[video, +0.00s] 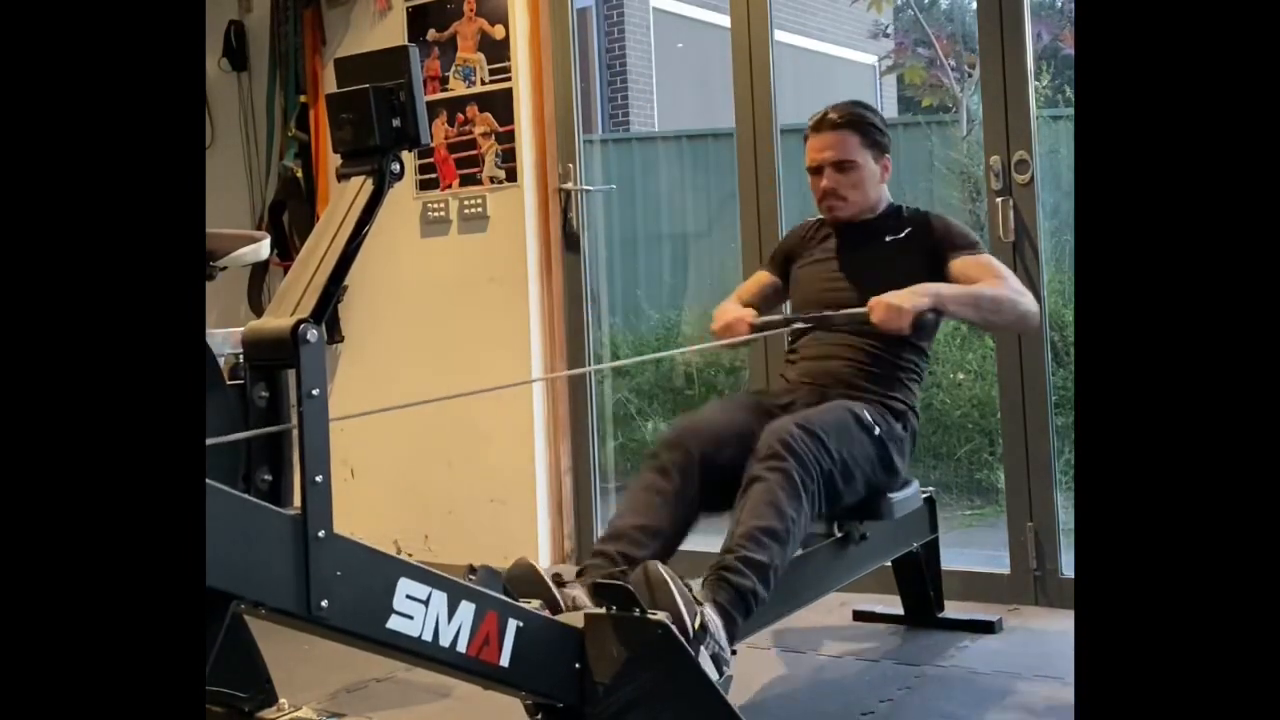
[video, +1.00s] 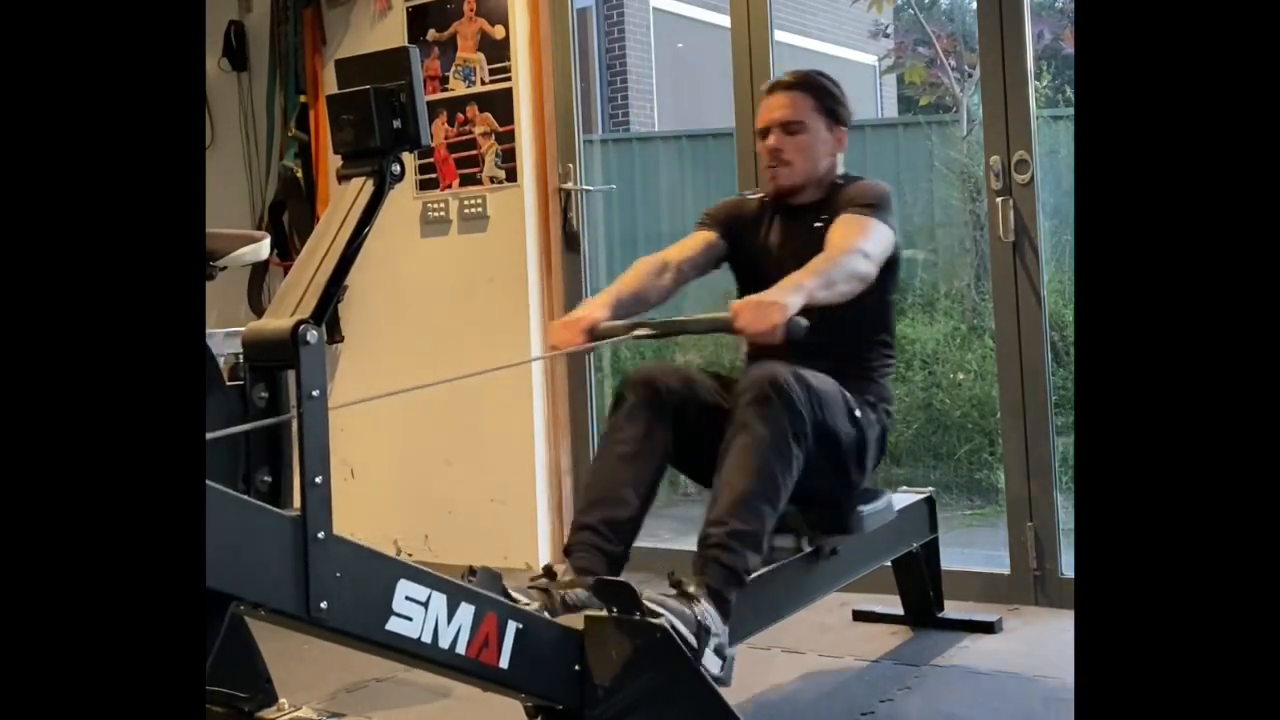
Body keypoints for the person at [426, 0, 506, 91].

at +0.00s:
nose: (471, 7)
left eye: (473, 4)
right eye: (468, 4)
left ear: (476, 7)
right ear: (463, 7)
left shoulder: (480, 22)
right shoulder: (457, 25)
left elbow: (494, 34)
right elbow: (444, 36)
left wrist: (498, 32)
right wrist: (435, 36)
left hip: (474, 60)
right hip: (460, 60)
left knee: (474, 89)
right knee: (458, 90)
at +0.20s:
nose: (471, 7)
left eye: (473, 4)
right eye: (468, 4)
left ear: (476, 7)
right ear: (463, 7)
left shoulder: (480, 22)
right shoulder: (457, 25)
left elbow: (493, 34)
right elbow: (444, 36)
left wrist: (498, 32)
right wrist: (435, 36)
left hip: (474, 60)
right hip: (460, 59)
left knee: (473, 89)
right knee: (458, 90)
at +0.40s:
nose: (471, 7)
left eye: (473, 4)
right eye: (469, 4)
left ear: (476, 7)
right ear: (463, 8)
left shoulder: (480, 22)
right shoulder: (457, 25)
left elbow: (493, 34)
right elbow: (444, 36)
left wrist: (498, 32)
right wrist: (435, 36)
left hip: (474, 60)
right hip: (460, 59)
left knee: (474, 89)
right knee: (458, 90)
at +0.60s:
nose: (471, 7)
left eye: (473, 4)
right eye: (468, 4)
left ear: (476, 7)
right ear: (463, 8)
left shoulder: (480, 22)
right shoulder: (457, 25)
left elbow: (494, 34)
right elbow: (444, 36)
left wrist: (499, 32)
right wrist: (435, 36)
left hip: (474, 60)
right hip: (460, 59)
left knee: (473, 88)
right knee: (458, 89)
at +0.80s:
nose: (471, 7)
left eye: (473, 4)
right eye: (468, 4)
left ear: (476, 7)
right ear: (463, 8)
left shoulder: (480, 22)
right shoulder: (457, 25)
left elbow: (494, 34)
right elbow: (444, 36)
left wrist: (498, 32)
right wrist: (435, 36)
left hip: (474, 60)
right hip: (460, 59)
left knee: (473, 89)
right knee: (458, 89)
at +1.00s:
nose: (471, 7)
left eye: (473, 5)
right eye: (468, 5)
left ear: (476, 8)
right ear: (463, 8)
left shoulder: (480, 22)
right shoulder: (457, 25)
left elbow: (494, 34)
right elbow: (444, 36)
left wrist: (498, 32)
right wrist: (435, 36)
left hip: (474, 60)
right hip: (460, 59)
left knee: (474, 89)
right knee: (458, 89)